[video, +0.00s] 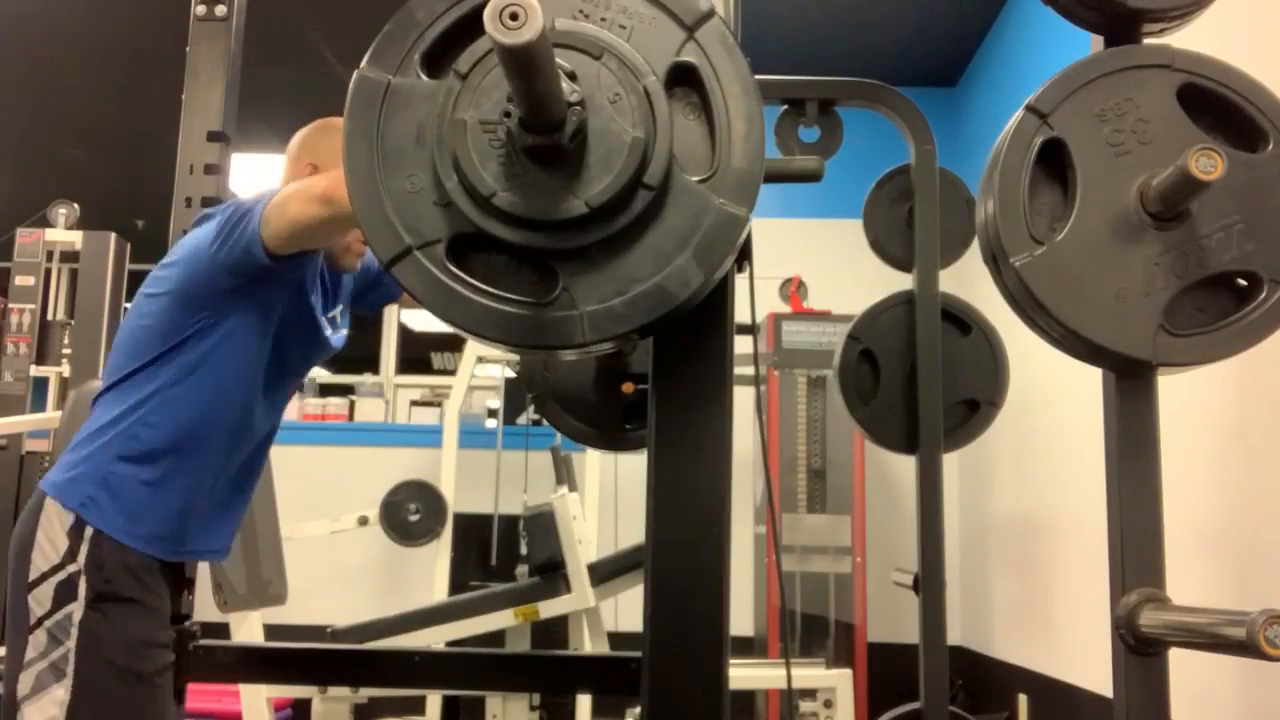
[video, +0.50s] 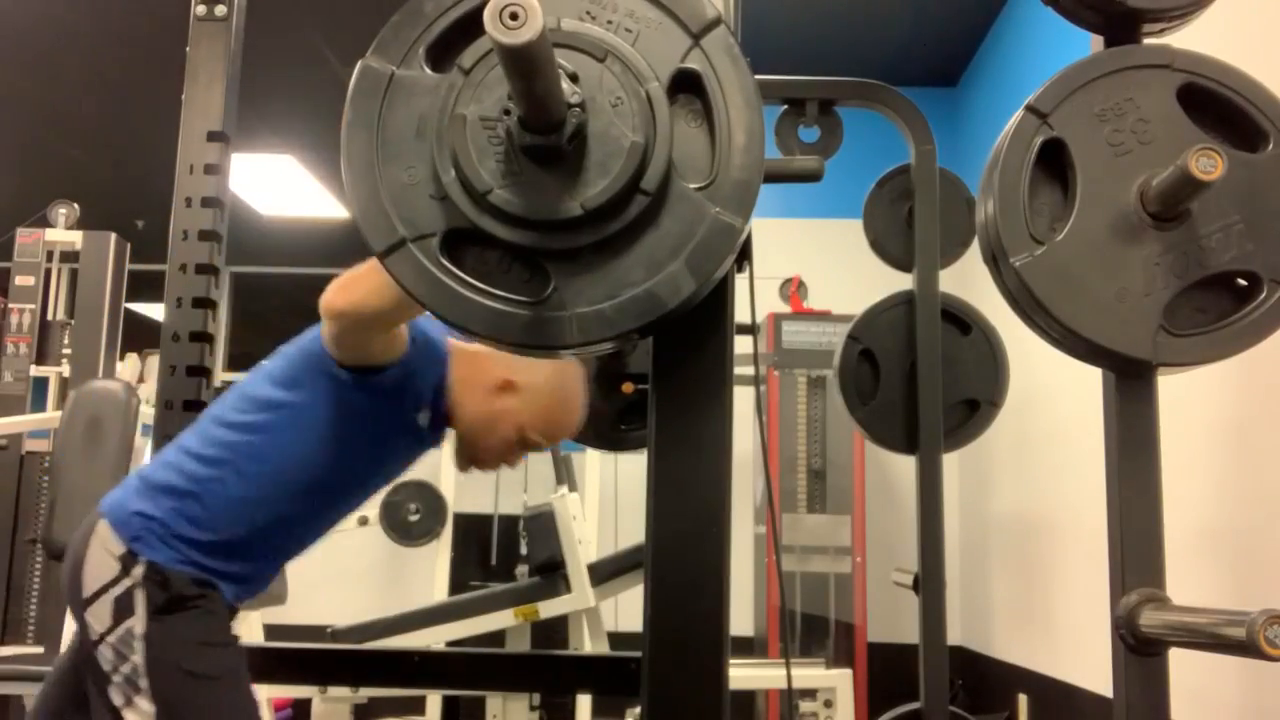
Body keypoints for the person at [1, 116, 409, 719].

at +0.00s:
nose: (375, 223)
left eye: (378, 202)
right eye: (361, 193)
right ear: (315, 184)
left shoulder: (334, 281)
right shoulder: (232, 241)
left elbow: (429, 262)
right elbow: (324, 197)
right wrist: (420, 168)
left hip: (160, 556)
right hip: (95, 545)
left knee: (148, 708)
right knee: (94, 711)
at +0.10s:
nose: (384, 248)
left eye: (389, 227)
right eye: (373, 222)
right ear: (329, 205)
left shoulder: (335, 291)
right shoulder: (232, 249)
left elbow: (439, 262)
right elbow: (327, 204)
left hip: (158, 559)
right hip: (89, 546)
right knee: (143, 707)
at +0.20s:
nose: (406, 305)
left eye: (420, 293)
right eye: (406, 279)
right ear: (362, 245)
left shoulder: (329, 318)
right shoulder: (241, 265)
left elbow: (431, 304)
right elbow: (324, 229)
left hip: (158, 565)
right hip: (91, 552)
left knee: (32, 706)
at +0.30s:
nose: (427, 371)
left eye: (441, 359)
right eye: (434, 348)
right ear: (392, 285)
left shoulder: (331, 358)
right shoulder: (270, 297)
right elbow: (332, 251)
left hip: (154, 577)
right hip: (96, 565)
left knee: (34, 711)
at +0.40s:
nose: (456, 428)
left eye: (476, 419)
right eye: (472, 406)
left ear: (448, 345)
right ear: (448, 342)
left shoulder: (370, 386)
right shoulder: (338, 336)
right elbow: (333, 287)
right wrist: (447, 238)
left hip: (144, 573)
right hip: (117, 571)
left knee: (41, 713)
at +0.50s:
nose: (511, 461)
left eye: (531, 451)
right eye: (528, 439)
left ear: (501, 371)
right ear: (506, 379)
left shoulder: (426, 398)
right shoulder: (402, 359)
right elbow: (346, 307)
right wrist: (463, 237)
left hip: (173, 571)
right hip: (153, 568)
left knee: (63, 711)